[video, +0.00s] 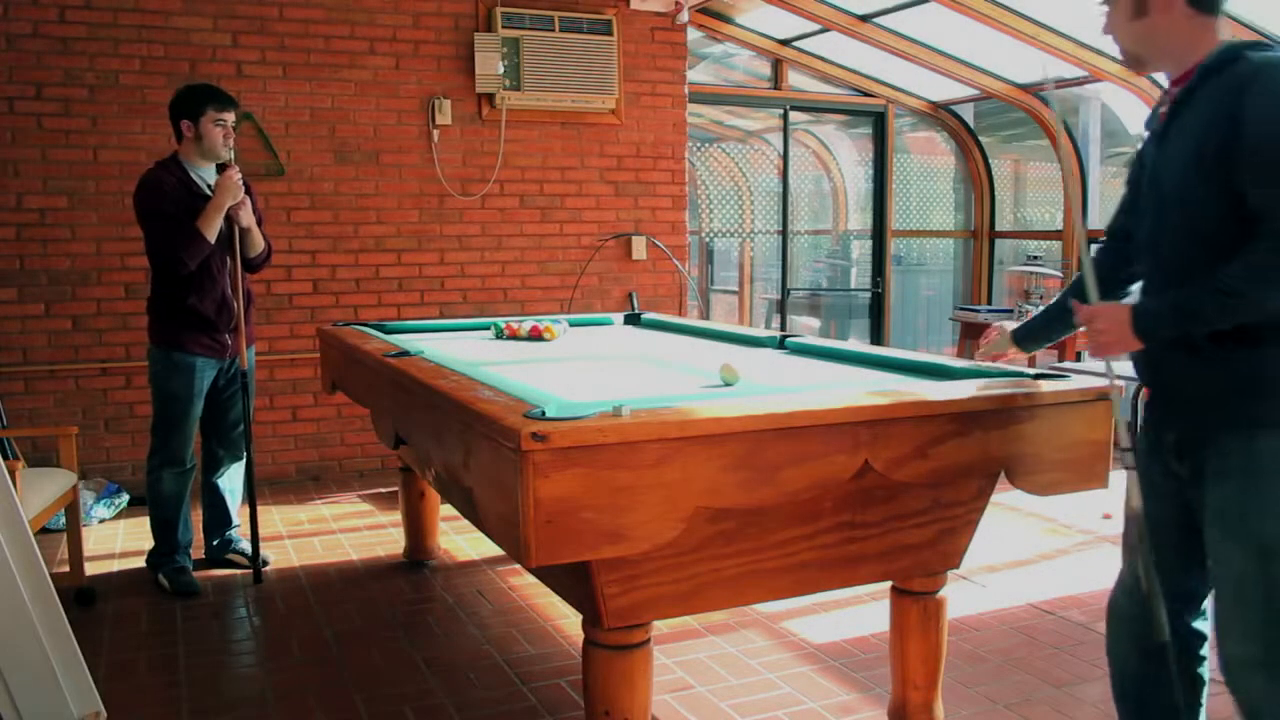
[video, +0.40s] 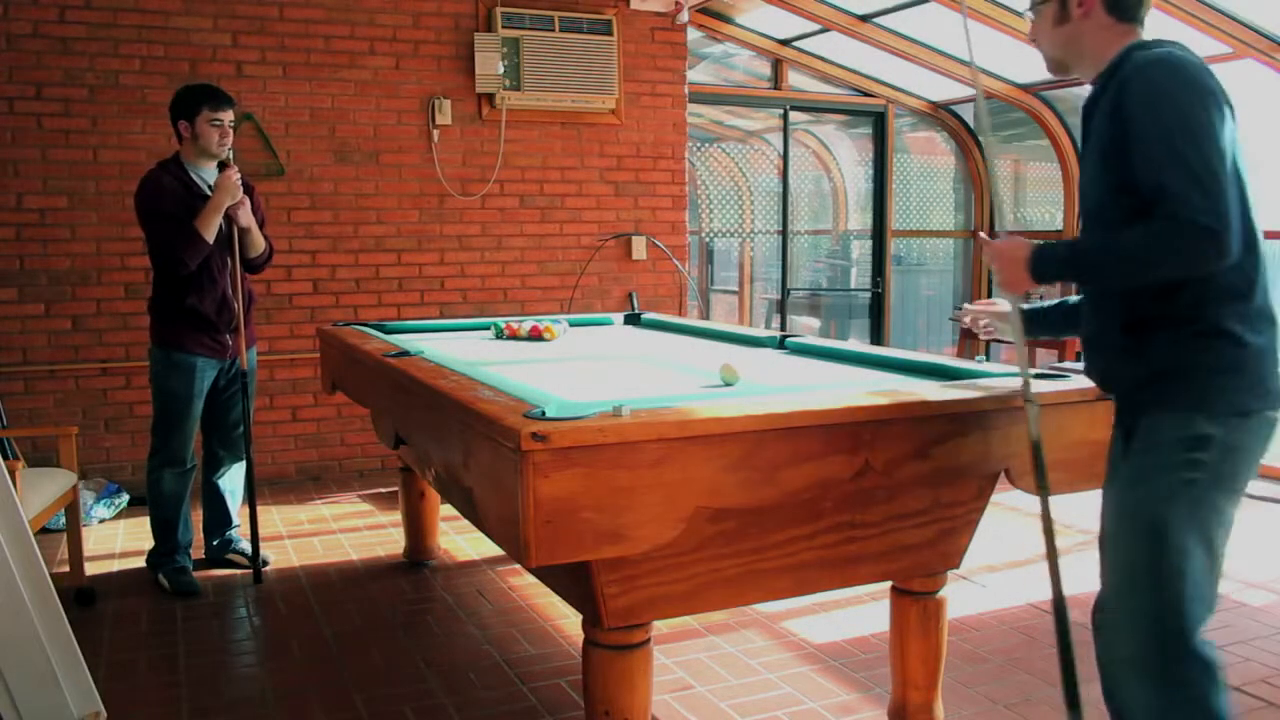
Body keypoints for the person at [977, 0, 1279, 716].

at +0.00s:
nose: (1108, 27)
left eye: (1115, 9)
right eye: (1109, 11)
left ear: (1162, 6)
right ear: (1163, 11)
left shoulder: (1260, 88)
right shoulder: (1175, 118)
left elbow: (1269, 267)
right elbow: (1121, 256)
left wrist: (1146, 320)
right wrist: (1024, 336)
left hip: (1256, 414)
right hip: (1177, 410)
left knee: (1255, 652)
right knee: (1148, 624)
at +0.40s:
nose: (1030, 29)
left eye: (1038, 11)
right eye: (1032, 14)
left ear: (1082, 8)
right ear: (1091, 13)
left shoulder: (1157, 76)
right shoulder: (1121, 98)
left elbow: (1202, 239)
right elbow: (1139, 288)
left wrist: (1042, 260)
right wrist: (1023, 324)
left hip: (1200, 397)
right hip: (1166, 396)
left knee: (1148, 630)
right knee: (1128, 623)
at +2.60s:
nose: (840, 41)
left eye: (840, 29)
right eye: (844, 28)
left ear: (851, 32)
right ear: (928, 32)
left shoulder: (822, 131)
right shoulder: (1016, 118)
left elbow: (780, 274)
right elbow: (1096, 246)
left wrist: (767, 350)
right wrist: (1023, 325)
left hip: (879, 402)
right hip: (993, 407)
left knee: (834, 636)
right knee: (943, 645)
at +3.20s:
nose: (965, 40)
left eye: (964, 23)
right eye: (964, 26)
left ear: (982, 15)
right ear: (1062, 18)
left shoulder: (949, 125)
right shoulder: (1177, 111)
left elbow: (883, 312)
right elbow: (1275, 250)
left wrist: (909, 235)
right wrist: (1180, 342)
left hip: (1029, 459)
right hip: (1152, 463)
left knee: (1016, 701)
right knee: (1059, 684)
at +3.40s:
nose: (1012, 16)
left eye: (1013, 5)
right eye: (1011, 7)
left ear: (1039, 3)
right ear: (1113, 4)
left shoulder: (994, 111)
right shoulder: (1243, 87)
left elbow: (914, 305)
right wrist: (1253, 329)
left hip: (1065, 444)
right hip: (1208, 449)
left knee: (1046, 699)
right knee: (1177, 680)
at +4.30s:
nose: (1017, 183)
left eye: (1017, 167)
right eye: (1015, 168)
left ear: (1042, 164)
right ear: (1128, 142)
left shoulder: (1025, 246)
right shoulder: (1243, 160)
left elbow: (924, 332)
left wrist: (862, 378)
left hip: (1166, 488)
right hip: (1278, 485)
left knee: (1096, 706)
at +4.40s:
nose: (1021, 205)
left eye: (1021, 190)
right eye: (1018, 191)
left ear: (1048, 183)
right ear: (1129, 159)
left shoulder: (1029, 263)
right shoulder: (1245, 175)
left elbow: (927, 337)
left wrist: (858, 382)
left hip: (1180, 507)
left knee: (1100, 705)